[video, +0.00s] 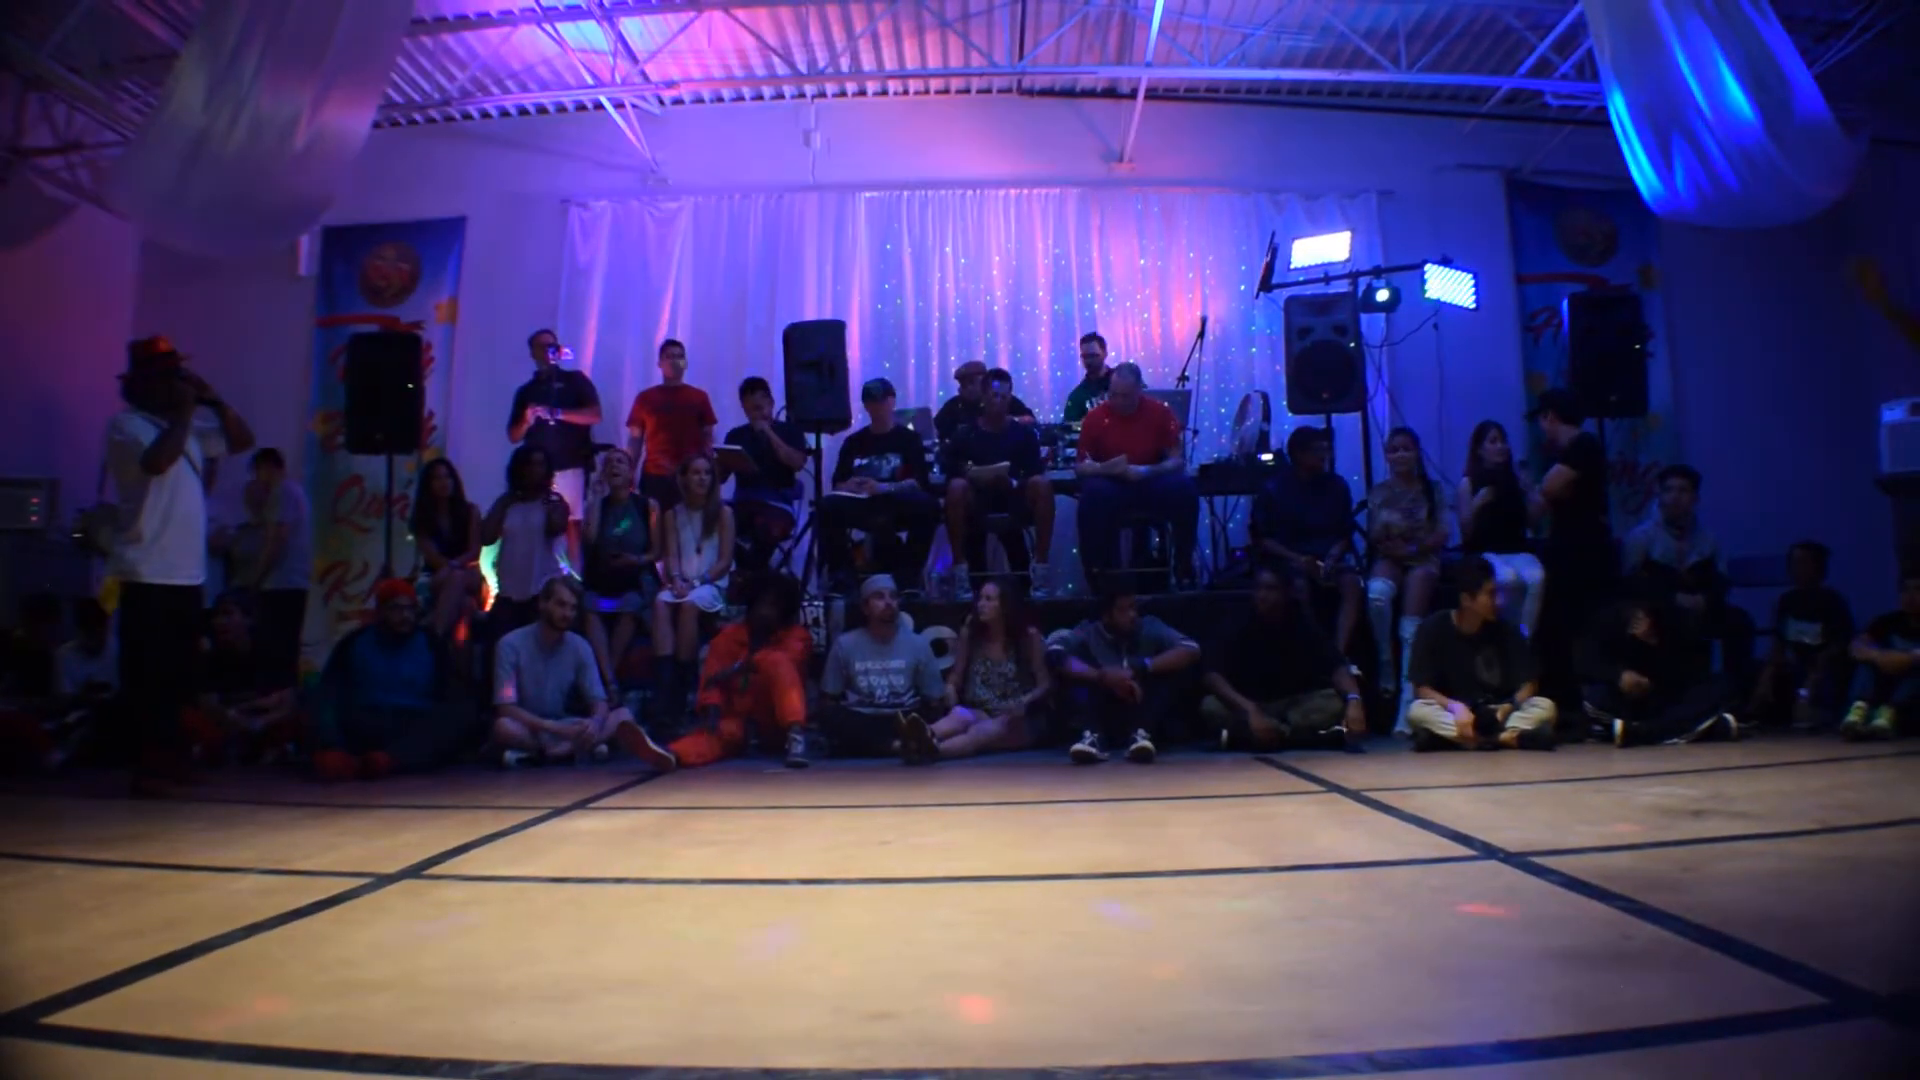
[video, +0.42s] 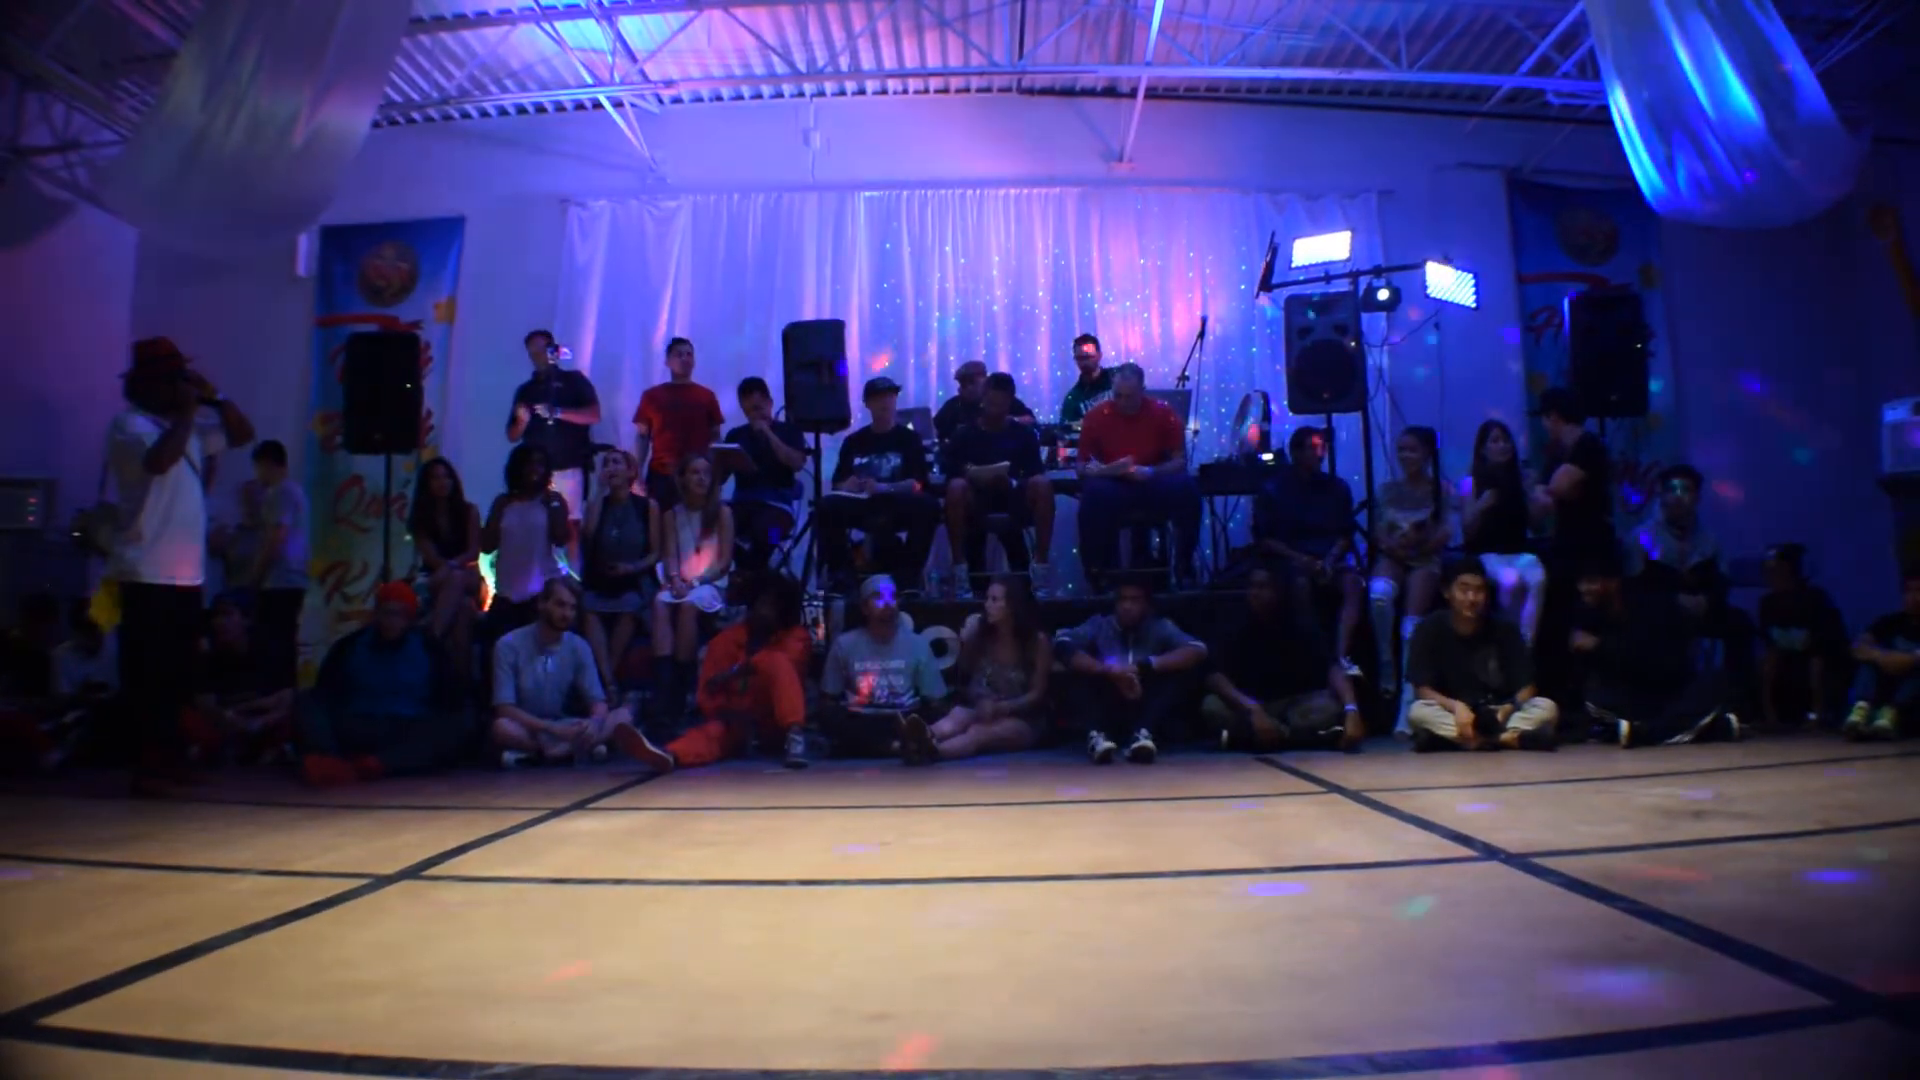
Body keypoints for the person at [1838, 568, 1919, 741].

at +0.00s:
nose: (1911, 597)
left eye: (1915, 591)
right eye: (1907, 591)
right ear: (1901, 594)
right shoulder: (1891, 620)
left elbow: (1912, 656)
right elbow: (1857, 647)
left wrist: (1902, 659)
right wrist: (1882, 657)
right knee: (1867, 663)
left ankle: (1888, 712)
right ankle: (1859, 707)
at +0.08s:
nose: (1911, 597)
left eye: (1915, 591)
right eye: (1907, 591)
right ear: (1901, 594)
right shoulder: (1889, 621)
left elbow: (1912, 657)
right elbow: (1857, 647)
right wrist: (1884, 658)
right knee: (1867, 664)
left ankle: (1889, 712)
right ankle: (1859, 707)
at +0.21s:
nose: (1911, 598)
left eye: (1915, 591)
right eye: (1907, 591)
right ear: (1901, 594)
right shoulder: (1890, 620)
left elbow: (1912, 658)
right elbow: (1857, 647)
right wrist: (1885, 658)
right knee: (1867, 663)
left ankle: (1889, 712)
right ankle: (1860, 707)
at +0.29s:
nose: (1911, 598)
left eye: (1915, 592)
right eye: (1907, 591)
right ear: (1902, 594)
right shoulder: (1891, 620)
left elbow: (1912, 658)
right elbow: (1857, 647)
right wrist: (1885, 658)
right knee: (1867, 665)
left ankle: (1889, 712)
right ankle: (1859, 708)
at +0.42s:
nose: (1912, 598)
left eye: (1915, 592)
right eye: (1909, 592)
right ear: (1904, 595)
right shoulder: (1891, 621)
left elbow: (1911, 659)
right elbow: (1860, 648)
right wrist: (1888, 658)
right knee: (1869, 663)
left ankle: (1890, 712)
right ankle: (1861, 706)